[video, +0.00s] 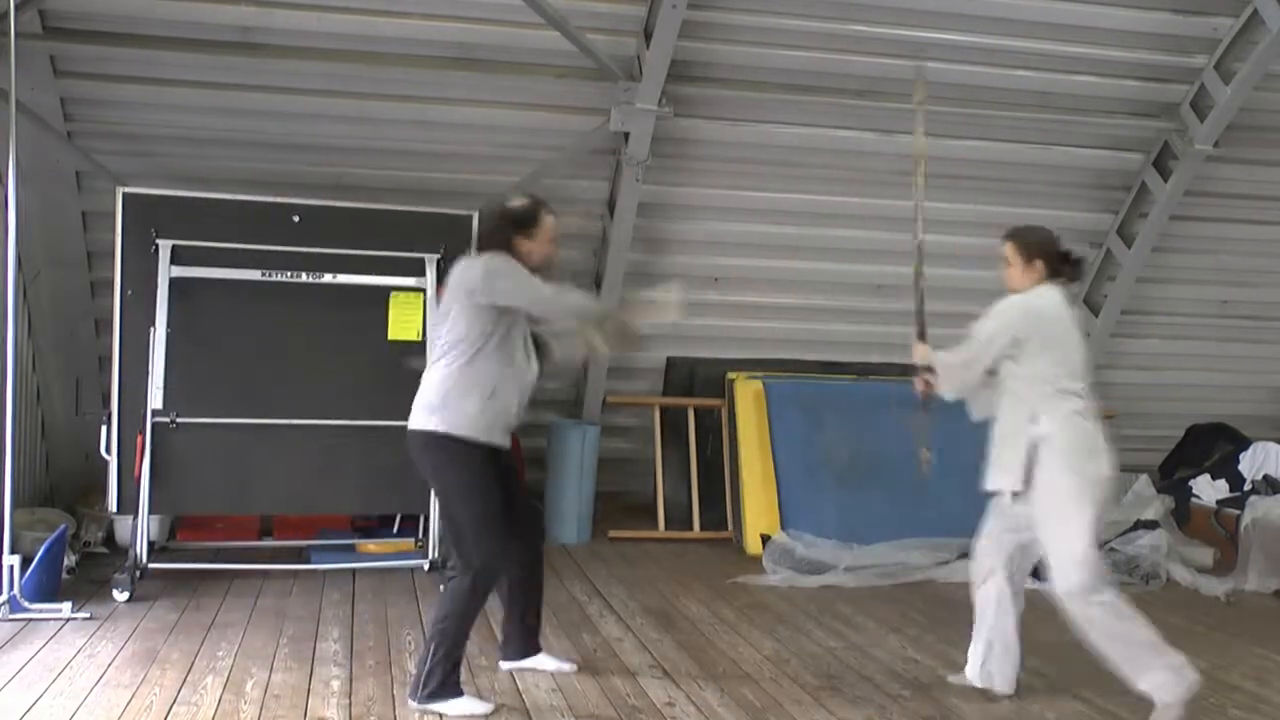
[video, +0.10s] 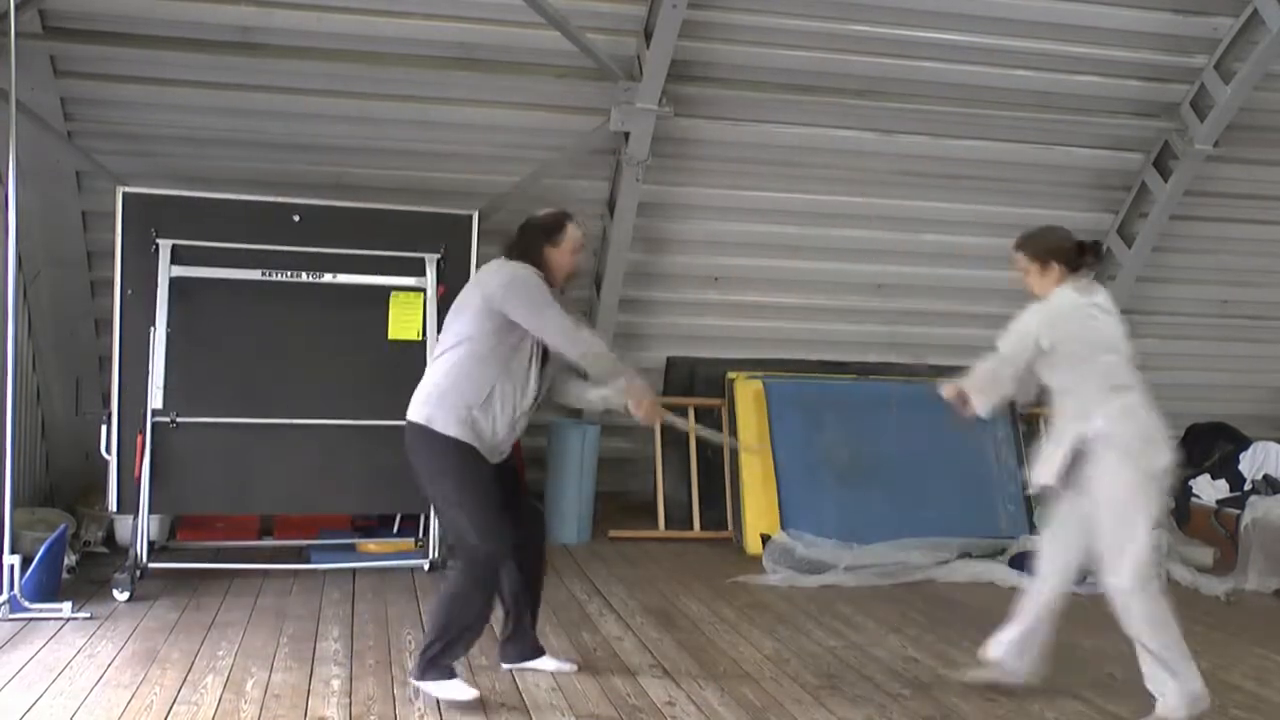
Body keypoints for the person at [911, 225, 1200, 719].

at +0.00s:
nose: (1003, 272)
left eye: (1009, 264)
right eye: (1004, 263)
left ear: (1035, 266)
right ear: (1040, 267)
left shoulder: (1032, 305)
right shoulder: (1051, 309)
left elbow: (973, 357)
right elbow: (1007, 391)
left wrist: (933, 359)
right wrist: (947, 383)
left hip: (1061, 457)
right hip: (1035, 460)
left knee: (1075, 581)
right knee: (994, 560)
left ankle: (1173, 682)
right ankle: (991, 675)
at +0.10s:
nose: (1022, 282)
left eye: (1025, 272)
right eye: (1020, 272)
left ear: (1051, 268)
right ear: (1062, 268)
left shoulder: (1050, 313)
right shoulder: (1095, 304)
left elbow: (1007, 363)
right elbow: (1034, 364)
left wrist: (968, 391)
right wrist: (984, 391)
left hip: (1117, 454)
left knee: (1127, 577)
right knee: (1057, 555)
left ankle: (1182, 696)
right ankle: (1012, 659)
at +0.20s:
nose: (1039, 293)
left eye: (1042, 282)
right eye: (1037, 283)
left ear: (1066, 278)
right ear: (1079, 275)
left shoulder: (1061, 325)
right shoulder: (1120, 300)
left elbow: (1017, 381)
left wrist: (977, 395)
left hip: (1147, 457)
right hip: (1178, 443)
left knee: (1163, 577)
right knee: (1088, 543)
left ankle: (1189, 703)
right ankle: (1089, 659)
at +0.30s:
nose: (1067, 286)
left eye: (1071, 277)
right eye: (1066, 277)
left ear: (1098, 276)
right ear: (1107, 273)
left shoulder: (1100, 328)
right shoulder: (1147, 293)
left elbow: (1048, 398)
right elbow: (1062, 287)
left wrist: (1003, 378)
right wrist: (1003, 325)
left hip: (1180, 464)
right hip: (1210, 450)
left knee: (1184, 580)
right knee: (1180, 573)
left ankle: (1202, 704)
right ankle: (1205, 695)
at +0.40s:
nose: (1090, 278)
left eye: (1096, 269)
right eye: (1090, 269)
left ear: (1123, 270)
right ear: (1132, 268)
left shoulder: (1115, 328)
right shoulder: (1172, 293)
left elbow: (1072, 395)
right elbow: (1097, 280)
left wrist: (1033, 350)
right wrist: (1039, 297)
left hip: (1185, 461)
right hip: (1235, 448)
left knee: (1174, 576)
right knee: (1232, 575)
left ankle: (1202, 703)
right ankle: (1265, 692)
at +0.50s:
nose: (1124, 271)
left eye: (1131, 261)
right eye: (1125, 261)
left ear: (1161, 265)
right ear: (1172, 266)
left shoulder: (1156, 317)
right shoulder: (1198, 305)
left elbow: (1075, 361)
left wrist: (1066, 302)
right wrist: (1075, 299)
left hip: (1210, 468)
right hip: (1259, 458)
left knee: (1164, 580)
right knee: (1258, 588)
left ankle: (1198, 706)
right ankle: (1277, 699)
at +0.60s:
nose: (1144, 264)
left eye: (1154, 255)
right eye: (1146, 255)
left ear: (1182, 262)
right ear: (1186, 264)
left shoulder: (1183, 309)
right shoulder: (1203, 307)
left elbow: (1113, 366)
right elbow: (1131, 369)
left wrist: (1073, 317)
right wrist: (1093, 334)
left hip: (1223, 469)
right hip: (1255, 463)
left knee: (1162, 584)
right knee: (1252, 594)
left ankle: (1197, 707)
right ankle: (1275, 701)